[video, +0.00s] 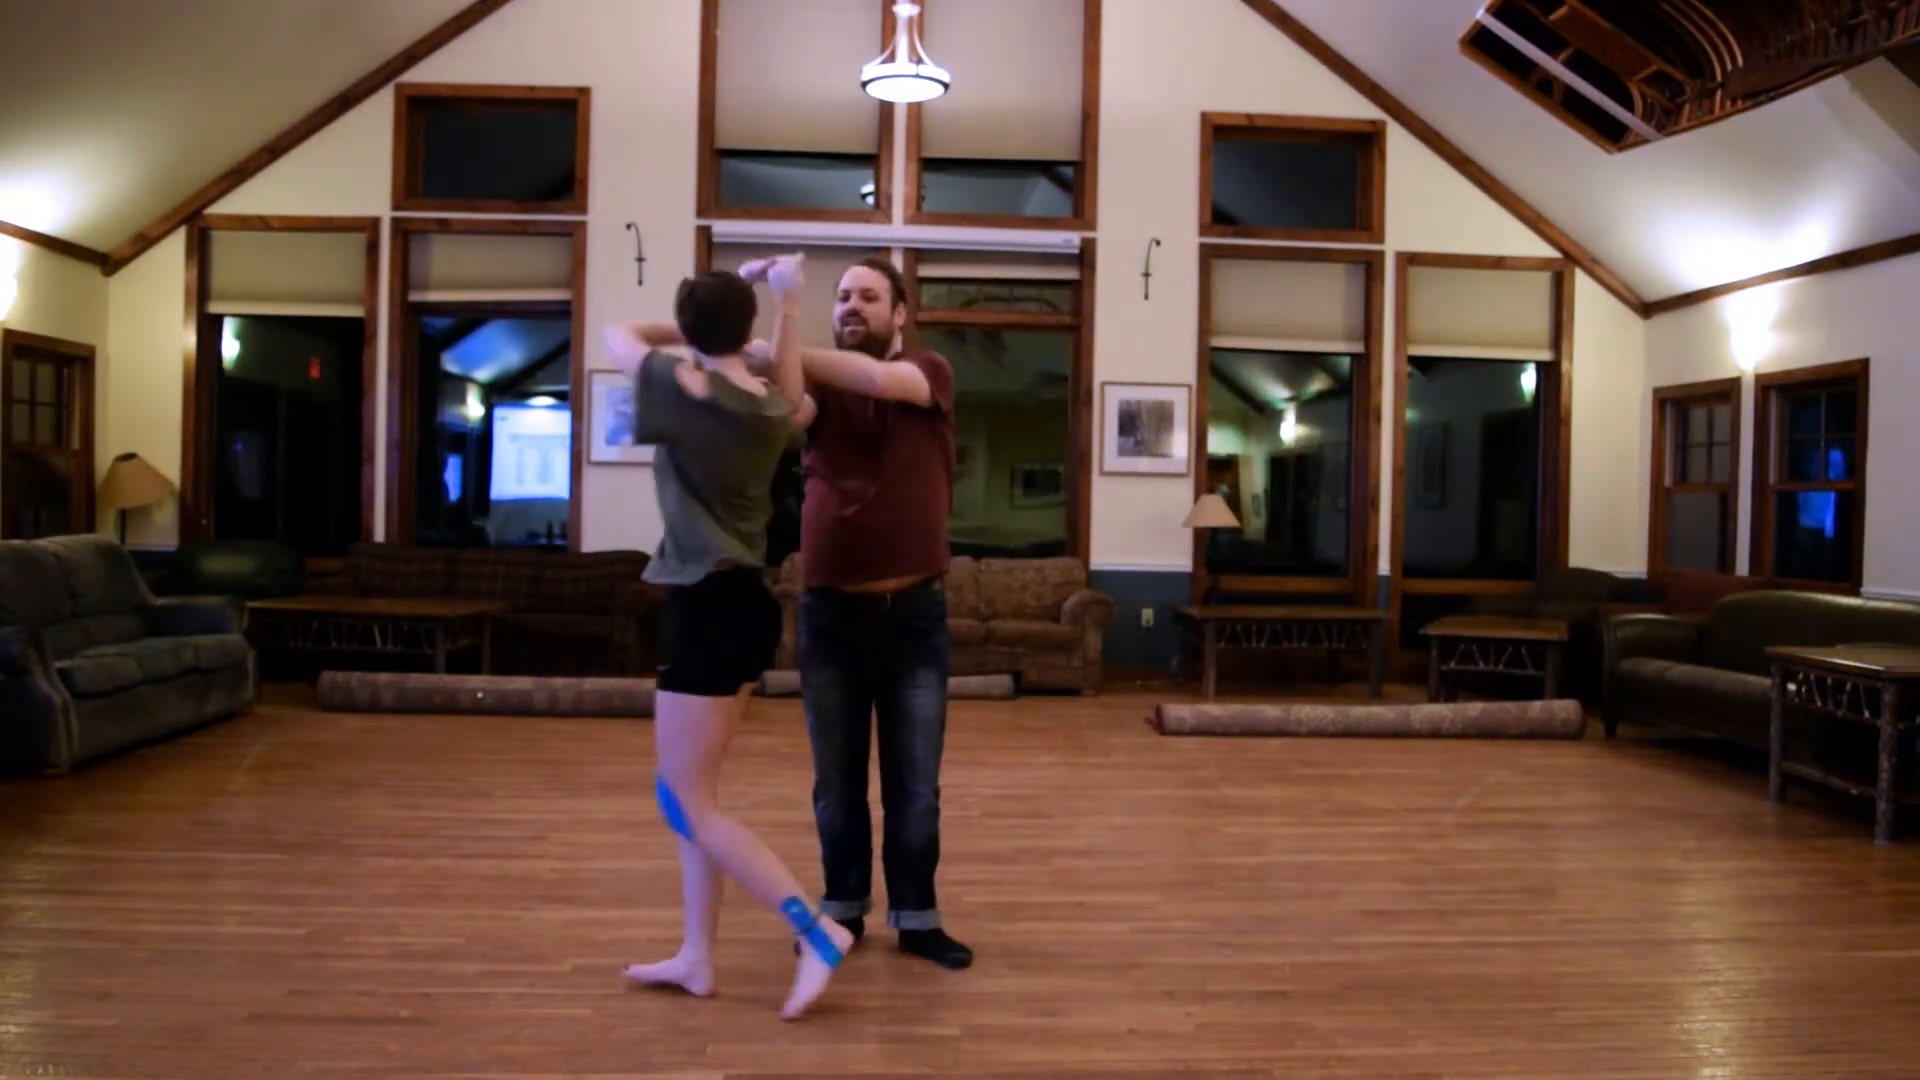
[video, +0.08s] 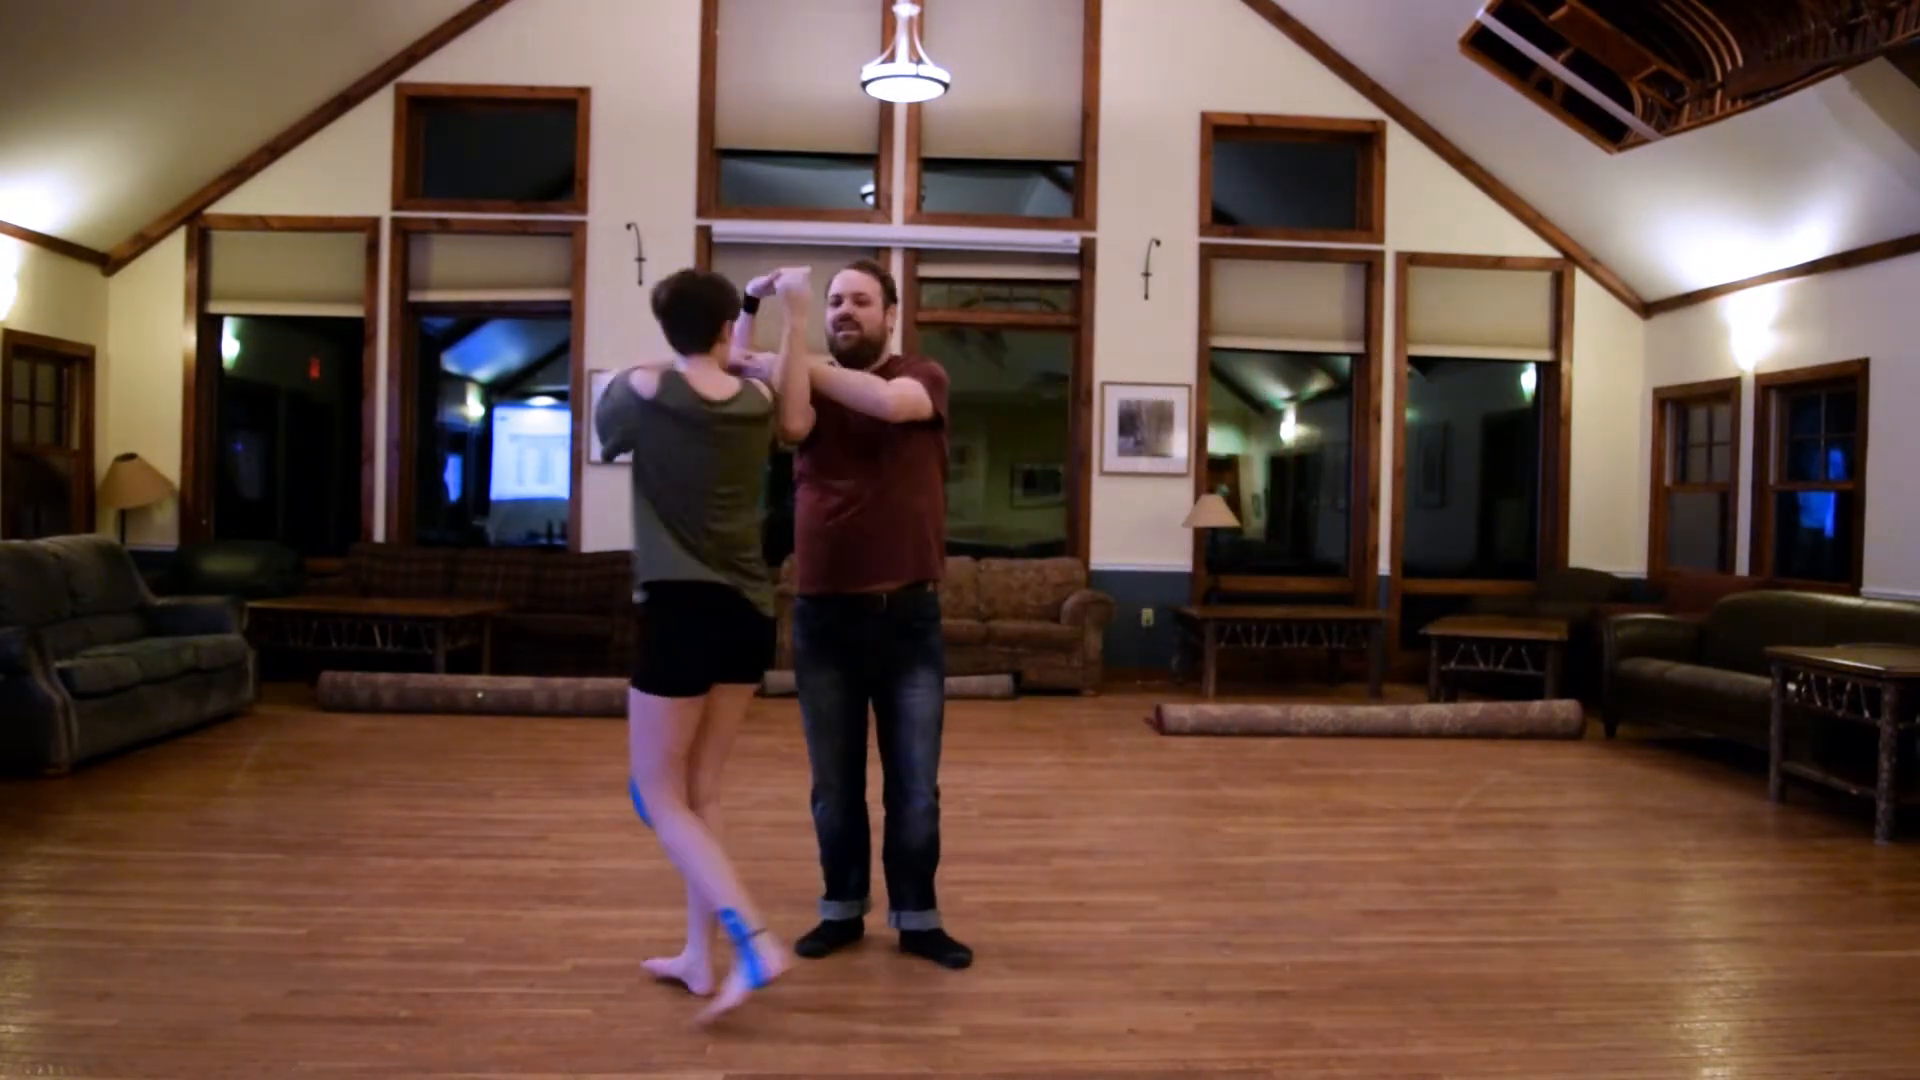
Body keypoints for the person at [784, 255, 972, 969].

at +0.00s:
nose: (849, 306)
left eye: (866, 296)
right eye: (842, 297)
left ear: (900, 312)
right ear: (832, 310)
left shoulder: (931, 373)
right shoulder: (816, 377)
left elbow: (873, 376)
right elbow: (780, 398)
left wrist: (775, 352)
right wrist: (779, 313)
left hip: (915, 602)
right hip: (830, 602)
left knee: (915, 776)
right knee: (838, 773)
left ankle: (917, 918)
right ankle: (842, 913)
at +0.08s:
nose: (844, 311)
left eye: (860, 301)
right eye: (836, 302)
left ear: (890, 314)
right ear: (825, 316)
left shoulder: (924, 375)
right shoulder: (808, 383)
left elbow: (893, 403)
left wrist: (791, 361)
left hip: (909, 604)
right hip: (824, 606)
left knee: (915, 777)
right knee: (833, 775)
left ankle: (918, 919)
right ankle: (841, 911)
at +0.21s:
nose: (831, 317)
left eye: (845, 306)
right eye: (823, 308)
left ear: (880, 316)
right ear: (812, 319)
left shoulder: (912, 374)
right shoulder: (797, 385)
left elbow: (914, 402)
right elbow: (777, 397)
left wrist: (815, 352)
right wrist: (789, 302)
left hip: (904, 604)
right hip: (820, 608)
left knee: (912, 778)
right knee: (831, 777)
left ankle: (910, 919)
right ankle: (840, 913)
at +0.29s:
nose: (827, 322)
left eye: (841, 308)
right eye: (819, 310)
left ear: (878, 316)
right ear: (805, 319)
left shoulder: (908, 373)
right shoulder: (791, 382)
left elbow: (917, 401)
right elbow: (770, 390)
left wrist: (825, 352)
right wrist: (788, 300)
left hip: (901, 602)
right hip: (816, 607)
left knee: (905, 778)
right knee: (830, 777)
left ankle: (907, 920)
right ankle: (840, 912)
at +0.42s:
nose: (827, 322)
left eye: (841, 310)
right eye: (817, 311)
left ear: (873, 316)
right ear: (803, 319)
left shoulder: (904, 375)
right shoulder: (787, 380)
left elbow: (913, 408)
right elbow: (773, 399)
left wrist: (823, 357)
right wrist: (782, 308)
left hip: (898, 604)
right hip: (814, 609)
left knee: (903, 779)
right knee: (828, 778)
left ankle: (908, 919)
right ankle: (839, 912)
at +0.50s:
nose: (823, 328)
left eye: (836, 315)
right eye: (814, 316)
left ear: (872, 319)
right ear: (798, 321)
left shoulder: (905, 377)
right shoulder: (783, 382)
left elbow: (905, 416)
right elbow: (773, 405)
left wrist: (821, 364)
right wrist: (784, 311)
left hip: (897, 605)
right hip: (813, 610)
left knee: (899, 776)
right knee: (829, 776)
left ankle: (908, 919)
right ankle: (839, 912)